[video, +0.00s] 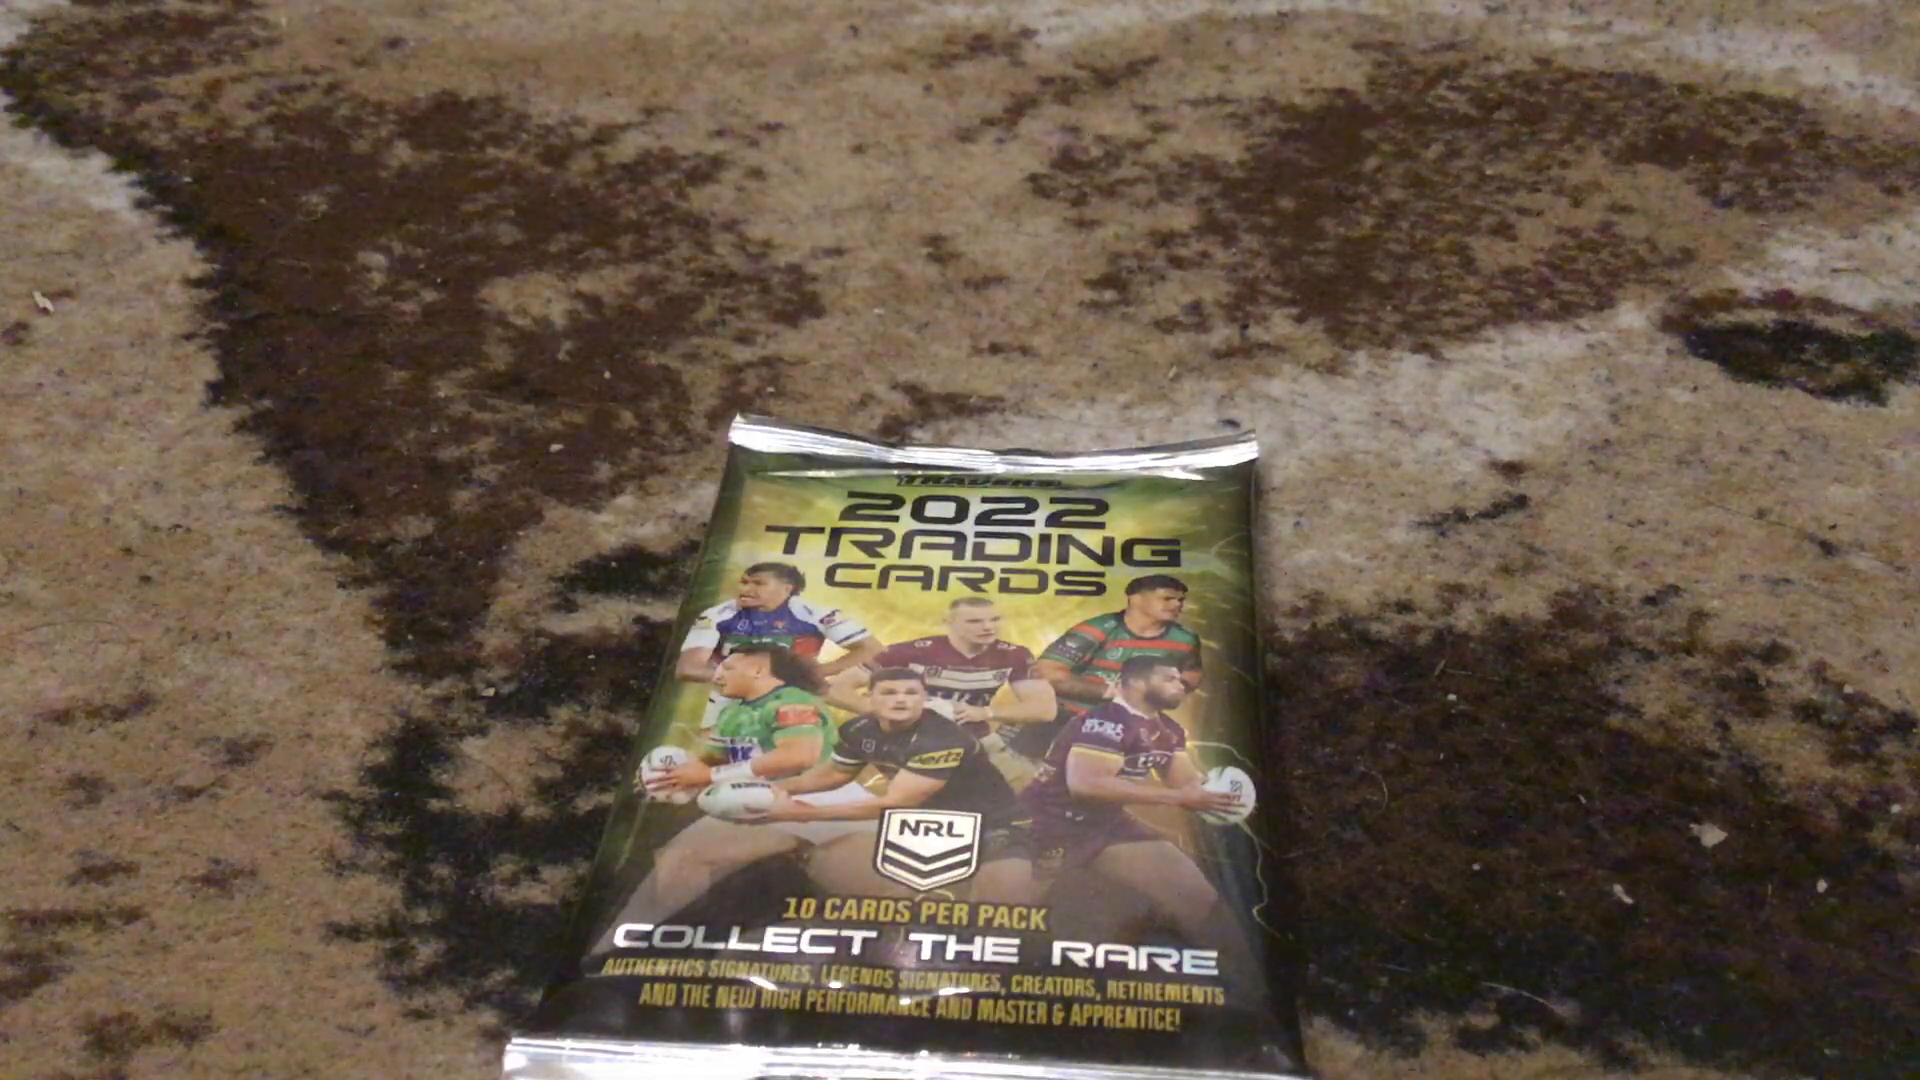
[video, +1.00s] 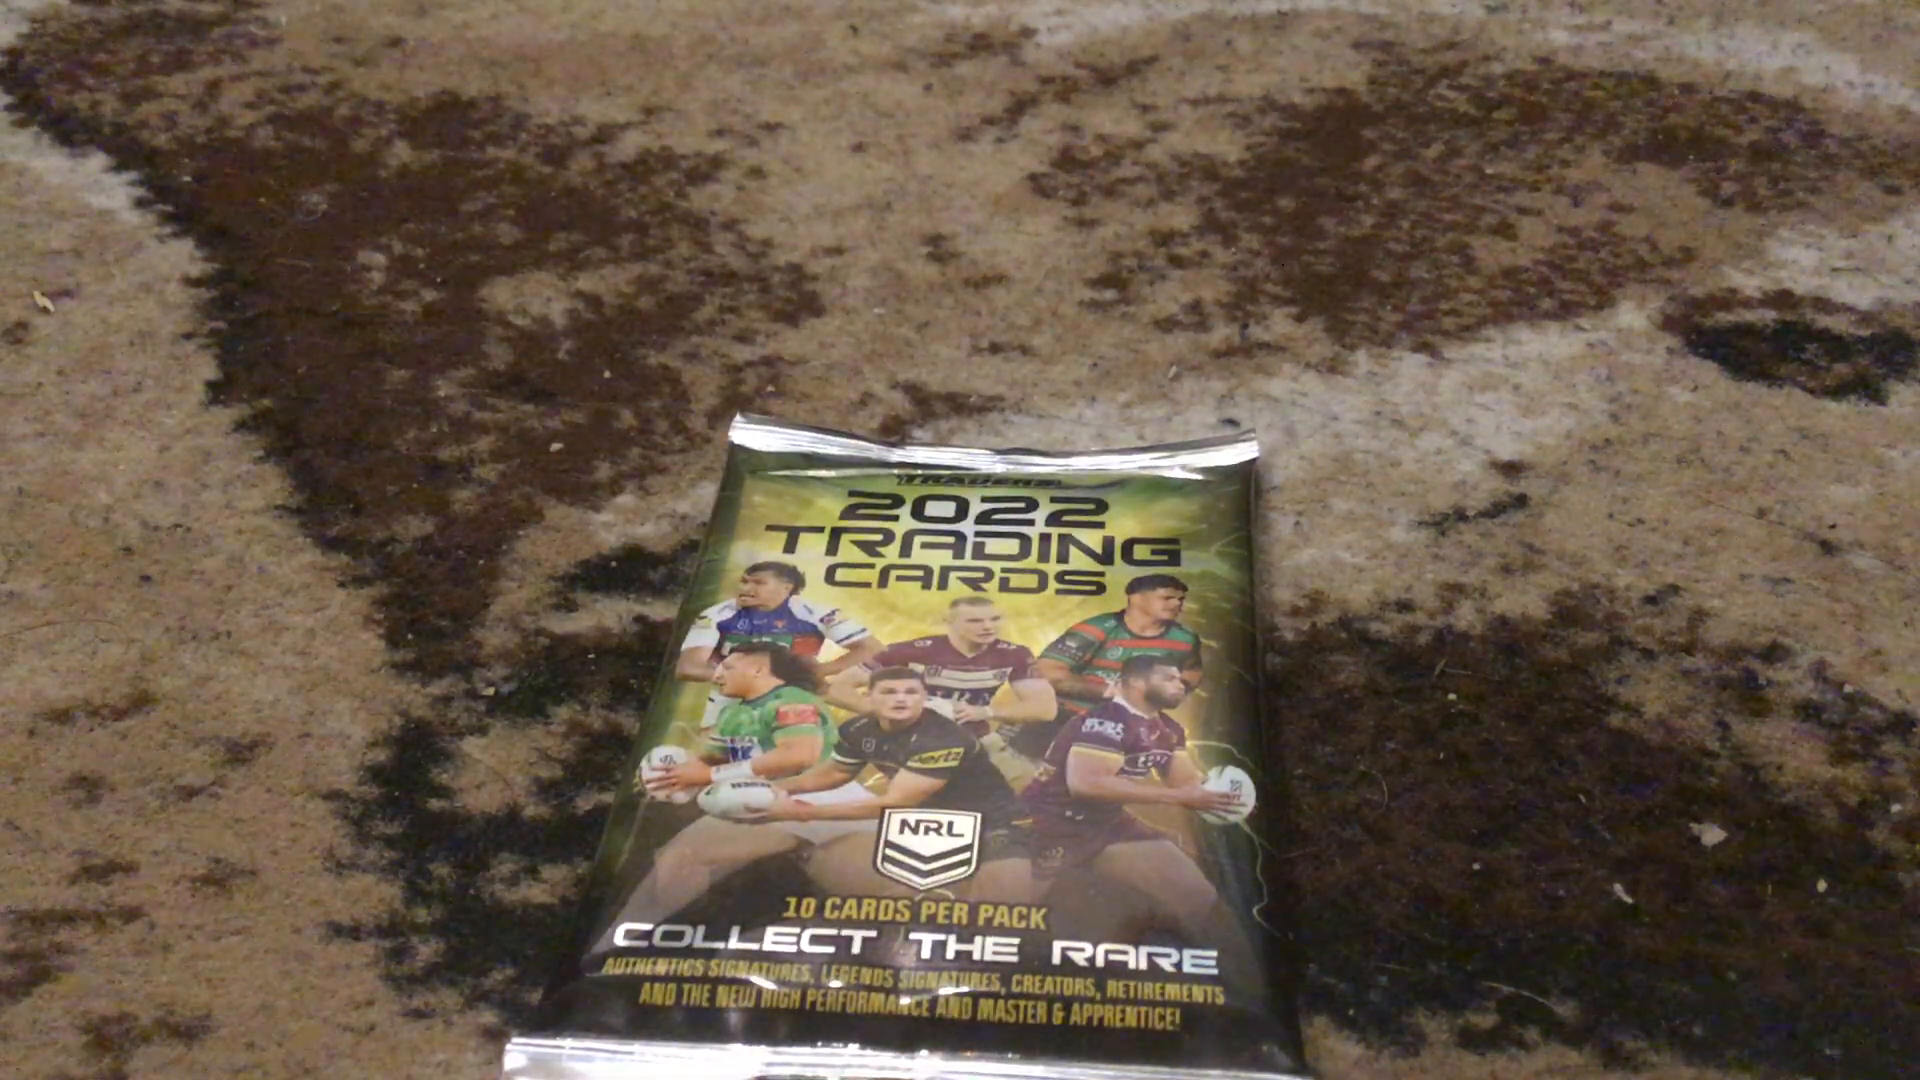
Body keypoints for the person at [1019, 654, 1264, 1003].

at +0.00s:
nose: (1180, 683)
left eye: (1178, 678)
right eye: (1169, 678)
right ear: (1134, 682)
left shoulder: (1169, 733)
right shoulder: (1106, 720)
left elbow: (1187, 785)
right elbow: (1084, 782)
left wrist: (1225, 798)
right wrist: (1179, 796)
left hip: (1103, 825)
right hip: (1041, 824)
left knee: (1197, 898)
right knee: (998, 924)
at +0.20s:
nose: (1180, 683)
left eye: (1178, 678)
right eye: (1169, 678)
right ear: (1134, 682)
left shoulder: (1169, 733)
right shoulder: (1106, 720)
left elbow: (1188, 785)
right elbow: (1085, 781)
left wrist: (1226, 799)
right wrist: (1179, 796)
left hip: (1104, 826)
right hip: (1041, 826)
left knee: (1198, 900)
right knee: (1002, 927)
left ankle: (1254, 1005)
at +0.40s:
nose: (1180, 683)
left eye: (1178, 678)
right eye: (1169, 678)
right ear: (1136, 681)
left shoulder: (1168, 731)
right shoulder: (1106, 719)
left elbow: (1187, 783)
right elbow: (1084, 781)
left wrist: (1224, 798)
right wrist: (1184, 796)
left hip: (1105, 825)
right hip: (1044, 826)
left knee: (1198, 900)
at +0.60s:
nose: (1179, 679)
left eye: (1178, 674)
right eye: (1167, 673)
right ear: (1135, 681)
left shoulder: (1168, 730)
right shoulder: (1107, 718)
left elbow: (1185, 781)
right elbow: (1085, 782)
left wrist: (1225, 797)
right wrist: (1181, 797)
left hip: (1104, 826)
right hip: (1045, 827)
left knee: (1189, 890)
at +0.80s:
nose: (1179, 682)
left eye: (1178, 678)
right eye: (1168, 677)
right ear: (1135, 681)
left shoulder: (1168, 732)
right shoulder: (1106, 719)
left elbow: (1187, 784)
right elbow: (1085, 781)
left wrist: (1229, 799)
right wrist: (1182, 796)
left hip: (1104, 827)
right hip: (1043, 829)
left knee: (1199, 900)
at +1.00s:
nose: (1180, 683)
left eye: (1178, 678)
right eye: (1169, 678)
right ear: (1133, 682)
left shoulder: (1167, 732)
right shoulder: (1106, 720)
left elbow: (1188, 784)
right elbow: (1084, 781)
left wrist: (1225, 798)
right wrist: (1180, 796)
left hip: (1105, 825)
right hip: (1043, 826)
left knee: (1198, 899)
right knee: (997, 929)